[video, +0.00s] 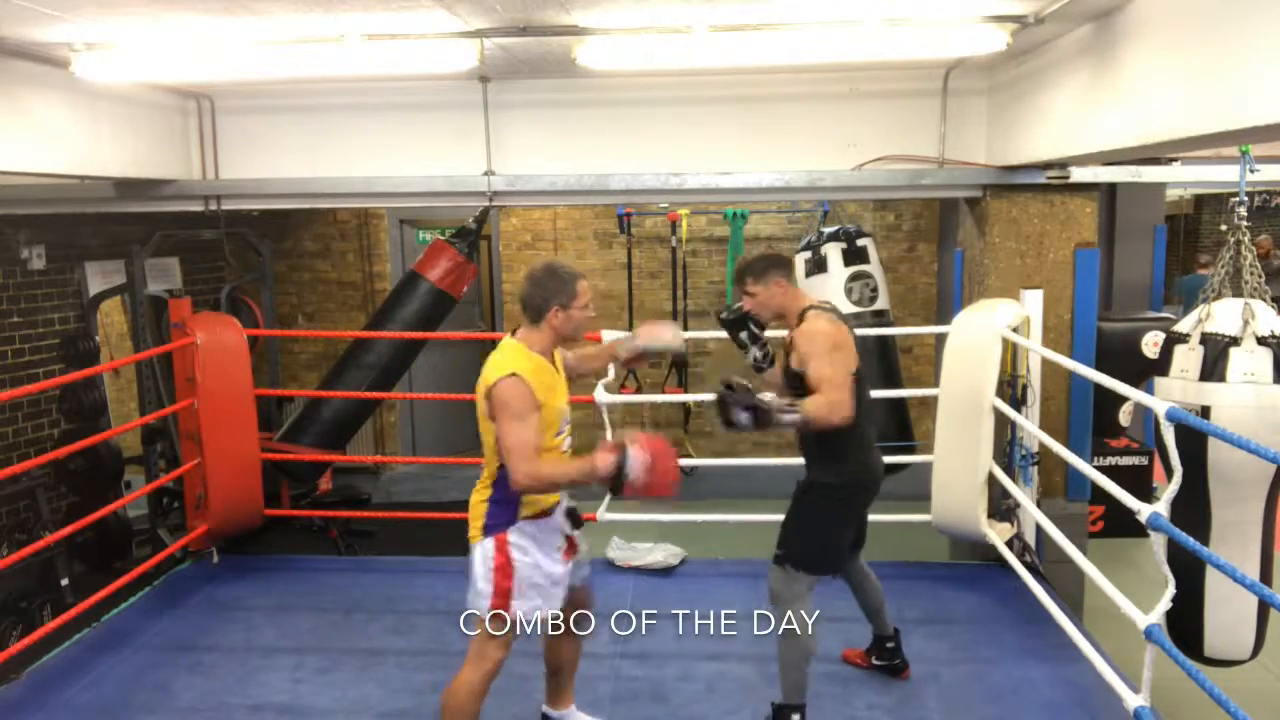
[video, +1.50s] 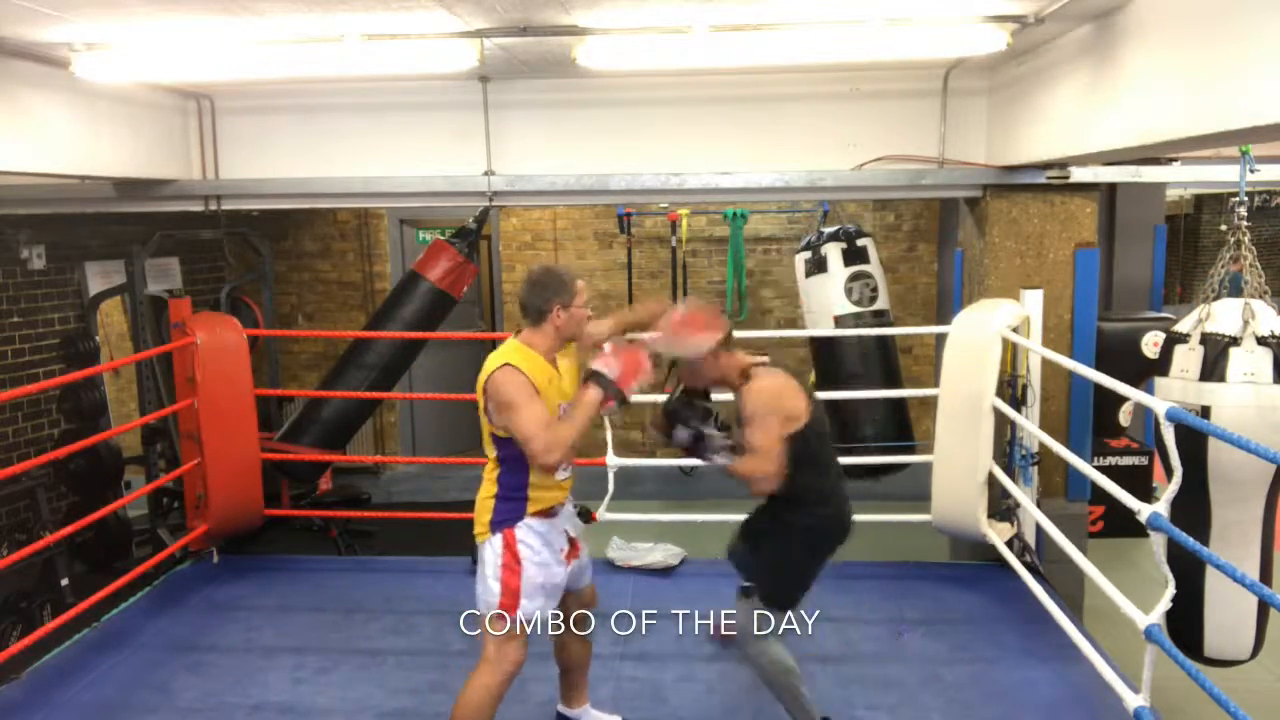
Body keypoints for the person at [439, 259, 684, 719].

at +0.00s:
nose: (590, 314)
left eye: (589, 304)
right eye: (584, 306)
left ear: (552, 313)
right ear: (555, 315)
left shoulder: (545, 352)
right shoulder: (512, 380)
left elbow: (576, 362)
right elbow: (524, 473)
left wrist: (631, 344)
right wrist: (599, 464)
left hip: (548, 515)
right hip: (508, 527)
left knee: (574, 610)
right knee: (488, 653)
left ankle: (559, 708)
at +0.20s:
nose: (588, 311)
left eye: (587, 301)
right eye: (581, 303)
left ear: (552, 312)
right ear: (553, 312)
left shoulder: (558, 355)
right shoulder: (502, 373)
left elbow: (586, 410)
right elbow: (539, 451)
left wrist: (645, 390)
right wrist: (583, 391)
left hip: (549, 517)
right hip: (501, 531)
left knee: (570, 617)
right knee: (486, 659)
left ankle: (571, 708)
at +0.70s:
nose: (619, 314)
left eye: (618, 306)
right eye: (613, 305)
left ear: (584, 308)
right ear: (587, 308)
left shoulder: (582, 356)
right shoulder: (543, 354)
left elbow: (596, 423)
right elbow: (602, 412)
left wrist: (648, 428)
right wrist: (626, 356)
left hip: (562, 515)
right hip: (522, 522)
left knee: (583, 610)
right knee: (500, 654)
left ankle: (573, 709)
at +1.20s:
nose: (603, 308)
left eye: (602, 299)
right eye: (597, 300)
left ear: (561, 307)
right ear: (571, 308)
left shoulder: (537, 350)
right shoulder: (545, 366)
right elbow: (618, 429)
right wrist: (649, 358)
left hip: (554, 514)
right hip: (522, 523)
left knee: (575, 608)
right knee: (493, 652)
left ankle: (571, 707)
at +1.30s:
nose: (604, 306)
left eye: (602, 297)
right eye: (598, 298)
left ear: (566, 306)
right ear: (572, 306)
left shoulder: (565, 345)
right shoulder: (535, 368)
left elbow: (635, 342)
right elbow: (586, 449)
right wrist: (637, 396)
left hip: (562, 511)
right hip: (525, 520)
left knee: (576, 606)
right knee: (502, 649)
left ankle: (571, 706)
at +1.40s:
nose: (596, 306)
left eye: (593, 298)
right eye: (589, 299)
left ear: (562, 308)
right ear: (563, 310)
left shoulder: (569, 340)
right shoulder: (520, 372)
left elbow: (632, 306)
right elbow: (550, 455)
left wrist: (695, 278)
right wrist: (608, 416)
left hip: (561, 507)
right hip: (521, 520)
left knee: (578, 603)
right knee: (510, 651)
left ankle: (573, 706)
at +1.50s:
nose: (588, 313)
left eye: (586, 305)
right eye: (583, 306)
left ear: (555, 314)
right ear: (557, 315)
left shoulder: (566, 347)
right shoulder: (507, 375)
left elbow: (620, 322)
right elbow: (547, 451)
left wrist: (669, 313)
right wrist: (597, 387)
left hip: (555, 514)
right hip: (513, 527)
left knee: (580, 606)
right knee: (504, 657)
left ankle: (575, 706)